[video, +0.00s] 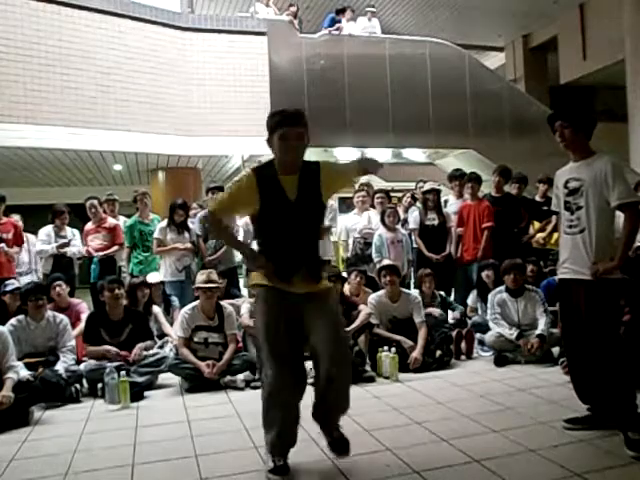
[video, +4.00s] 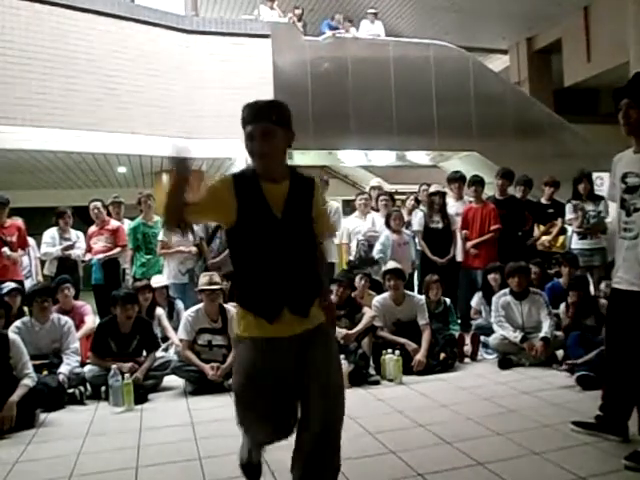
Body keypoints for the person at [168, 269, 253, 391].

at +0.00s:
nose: (209, 294)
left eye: (213, 290)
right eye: (205, 291)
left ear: (218, 292)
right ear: (197, 292)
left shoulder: (227, 311)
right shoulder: (187, 313)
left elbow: (232, 342)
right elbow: (181, 347)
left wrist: (222, 365)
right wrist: (201, 365)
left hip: (221, 357)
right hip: (197, 359)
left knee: (248, 359)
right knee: (173, 364)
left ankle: (201, 383)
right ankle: (221, 381)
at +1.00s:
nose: (209, 294)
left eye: (211, 289)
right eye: (204, 291)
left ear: (216, 290)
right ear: (196, 294)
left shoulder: (227, 312)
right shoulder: (186, 313)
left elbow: (232, 343)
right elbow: (181, 347)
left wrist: (221, 365)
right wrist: (201, 365)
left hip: (221, 357)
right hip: (196, 358)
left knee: (246, 361)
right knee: (173, 364)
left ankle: (198, 383)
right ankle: (222, 382)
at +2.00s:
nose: (212, 298)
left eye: (215, 293)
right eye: (207, 295)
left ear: (220, 294)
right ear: (200, 297)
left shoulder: (231, 314)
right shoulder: (191, 316)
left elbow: (236, 345)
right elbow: (183, 349)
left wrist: (225, 368)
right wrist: (204, 367)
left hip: (225, 359)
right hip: (200, 360)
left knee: (250, 361)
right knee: (176, 366)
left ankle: (203, 385)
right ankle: (226, 384)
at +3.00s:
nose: (211, 296)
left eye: (214, 292)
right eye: (206, 293)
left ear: (220, 293)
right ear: (200, 295)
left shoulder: (230, 314)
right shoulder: (191, 316)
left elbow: (237, 344)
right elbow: (184, 349)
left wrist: (225, 367)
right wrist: (204, 367)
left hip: (225, 361)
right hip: (200, 362)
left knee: (248, 368)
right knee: (177, 367)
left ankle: (202, 386)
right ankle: (225, 384)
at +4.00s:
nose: (212, 296)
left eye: (215, 292)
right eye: (208, 293)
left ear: (221, 293)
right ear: (201, 295)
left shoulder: (231, 314)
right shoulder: (191, 316)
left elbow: (236, 346)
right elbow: (184, 349)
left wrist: (224, 368)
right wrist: (204, 367)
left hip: (224, 361)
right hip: (199, 361)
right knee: (176, 366)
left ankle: (200, 386)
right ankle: (223, 383)